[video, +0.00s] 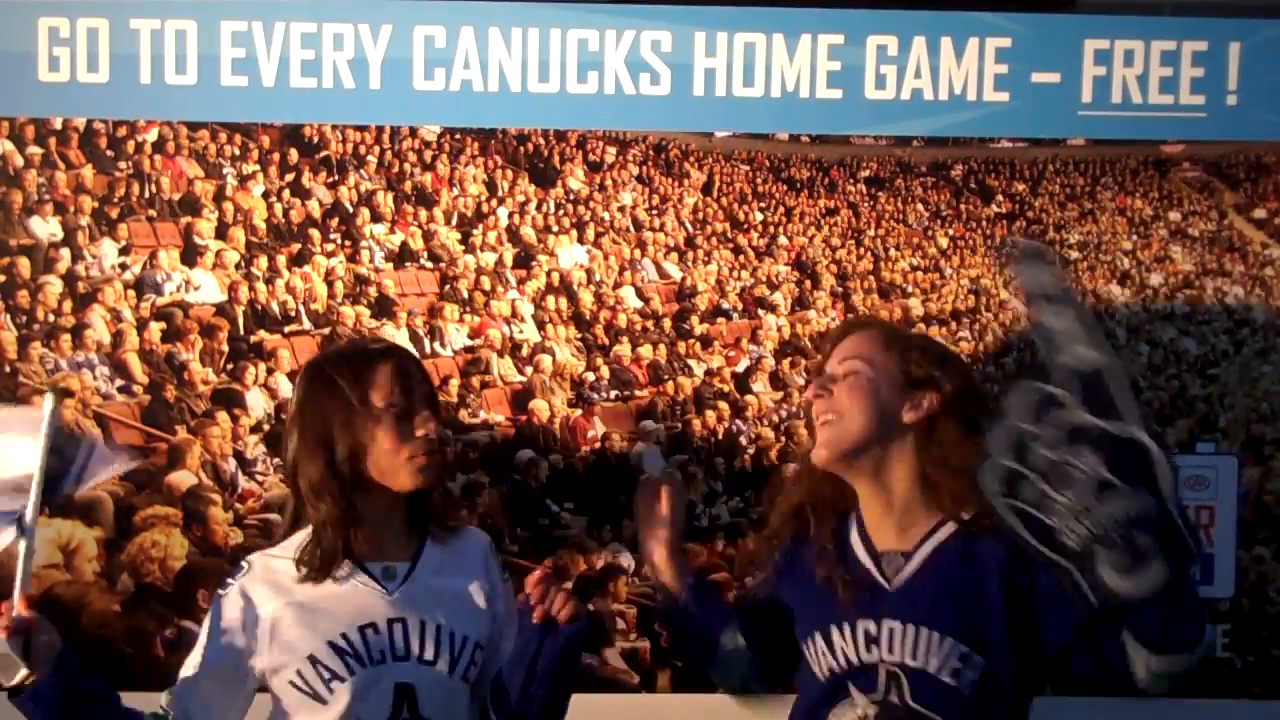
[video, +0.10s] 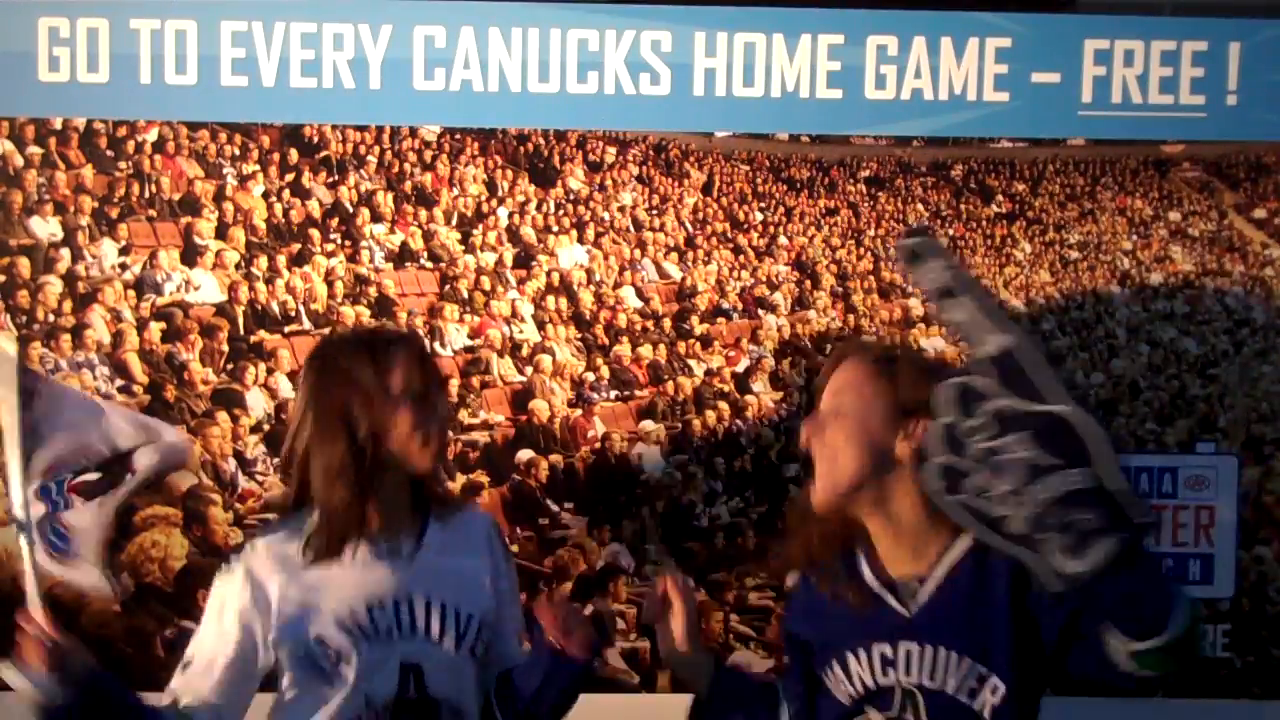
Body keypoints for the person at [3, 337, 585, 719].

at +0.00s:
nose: (431, 424)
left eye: (430, 404)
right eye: (399, 409)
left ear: (436, 415)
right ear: (337, 435)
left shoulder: (474, 558)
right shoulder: (261, 591)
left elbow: (515, 710)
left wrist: (548, 639)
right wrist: (58, 673)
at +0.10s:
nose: (438, 410)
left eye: (435, 392)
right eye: (414, 395)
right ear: (356, 414)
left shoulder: (476, 537)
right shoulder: (268, 567)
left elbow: (509, 699)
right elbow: (193, 713)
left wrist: (561, 664)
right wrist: (84, 685)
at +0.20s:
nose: (458, 363)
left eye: (453, 343)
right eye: (438, 344)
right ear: (377, 356)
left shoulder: (458, 496)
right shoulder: (256, 510)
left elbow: (475, 648)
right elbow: (215, 670)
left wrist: (548, 678)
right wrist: (200, 698)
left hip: (446, 714)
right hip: (308, 710)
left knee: (590, 696)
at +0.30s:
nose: (454, 363)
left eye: (449, 346)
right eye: (437, 347)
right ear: (378, 366)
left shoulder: (432, 493)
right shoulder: (264, 503)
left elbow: (439, 662)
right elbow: (212, 689)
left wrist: (526, 687)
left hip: (422, 709)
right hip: (302, 710)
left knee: (581, 690)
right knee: (573, 696)